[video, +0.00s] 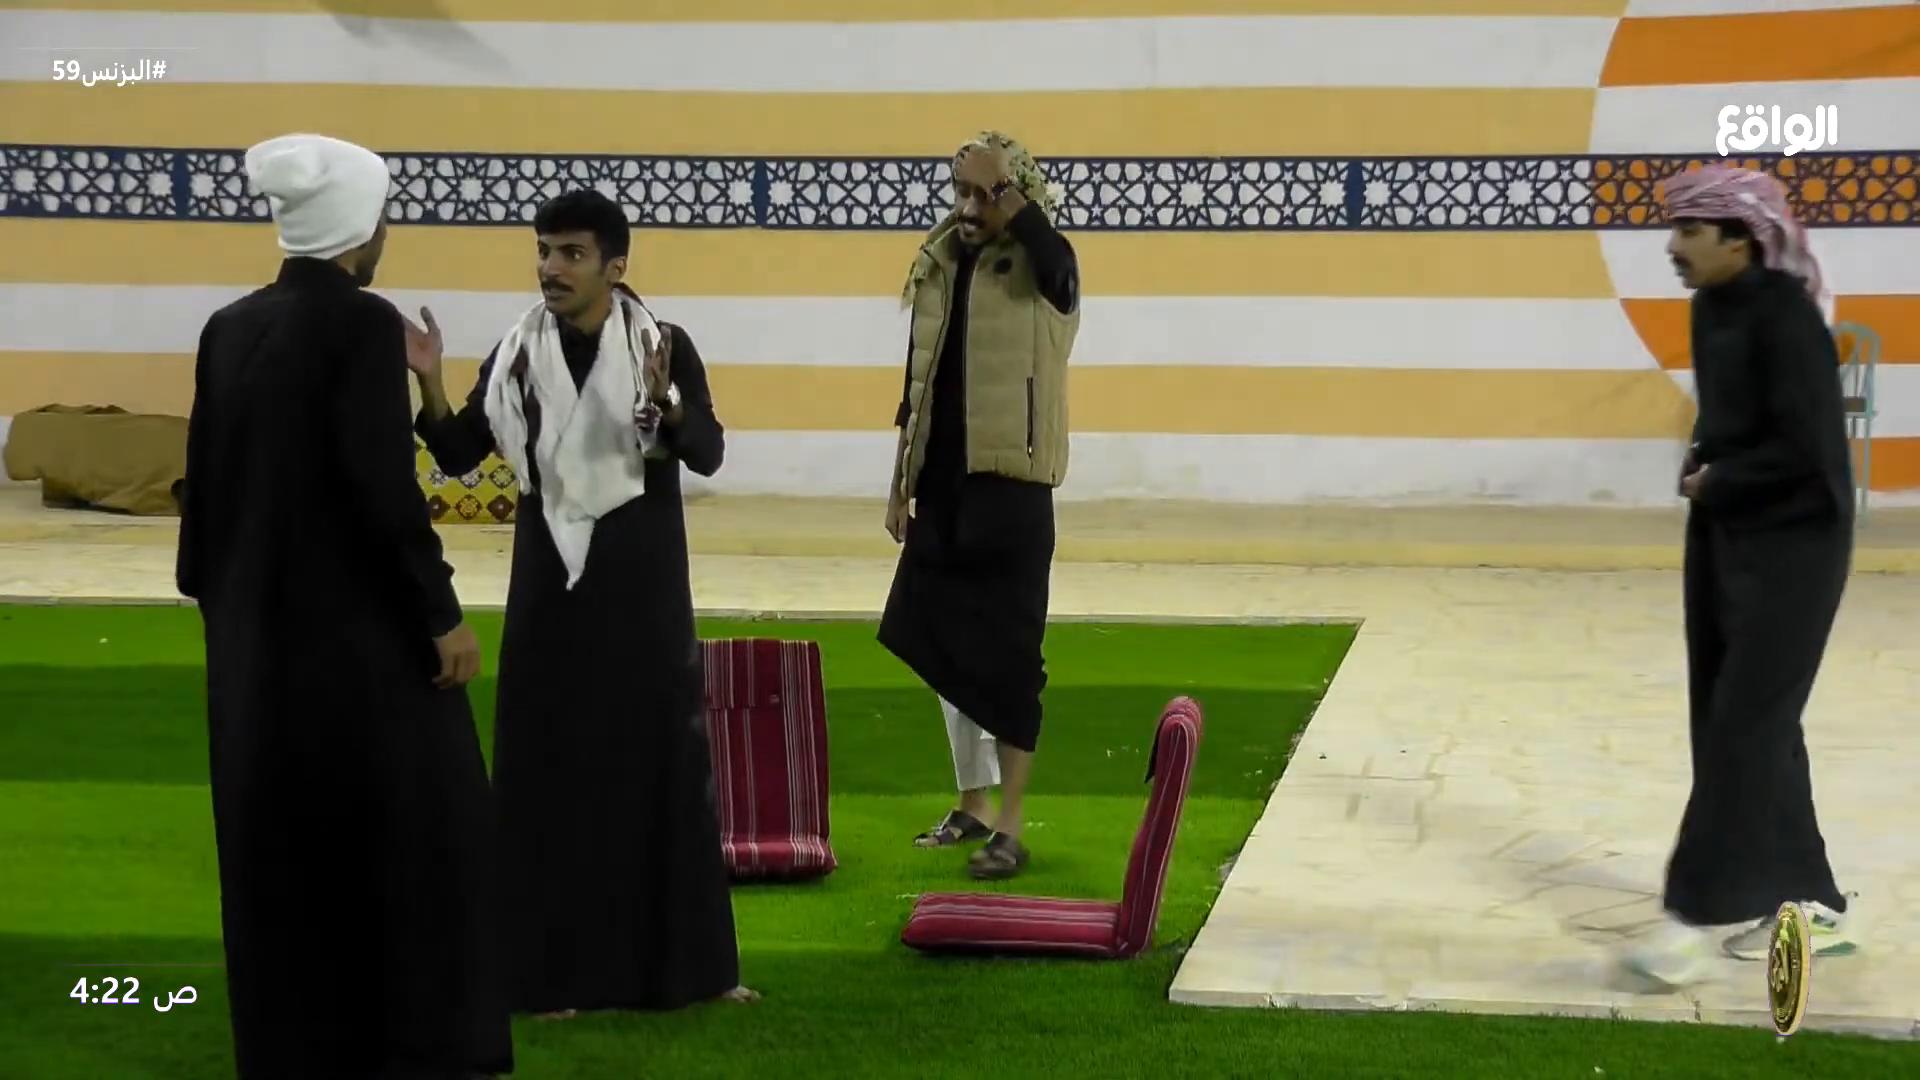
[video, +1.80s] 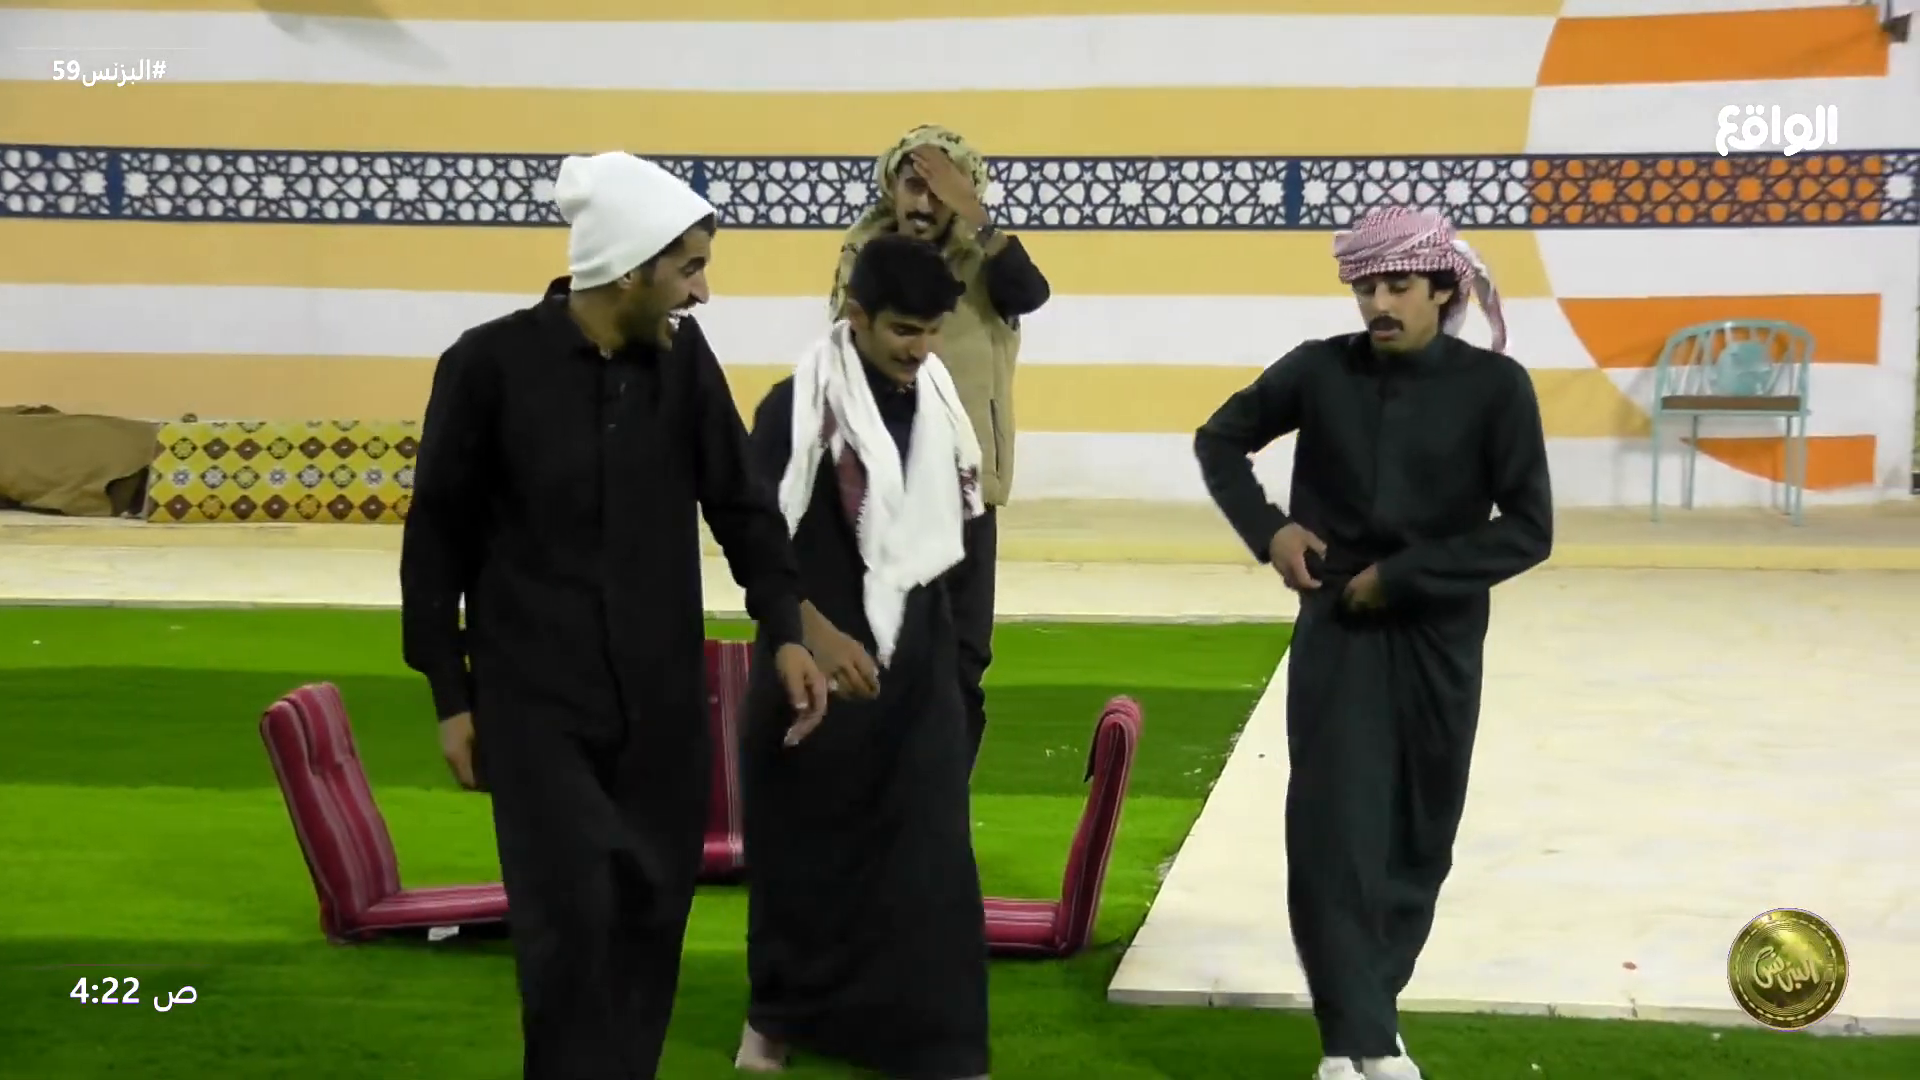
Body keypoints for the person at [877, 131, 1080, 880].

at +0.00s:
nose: (972, 206)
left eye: (986, 193)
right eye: (963, 191)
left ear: (1019, 194)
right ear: (953, 188)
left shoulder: (1047, 261)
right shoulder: (938, 266)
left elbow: (1060, 283)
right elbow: (916, 384)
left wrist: (1019, 210)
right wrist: (901, 483)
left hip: (1014, 484)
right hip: (943, 482)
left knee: (1013, 650)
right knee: (949, 647)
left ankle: (1009, 826)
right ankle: (975, 809)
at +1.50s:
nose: (957, 195)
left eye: (973, 184)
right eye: (945, 181)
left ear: (1000, 195)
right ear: (924, 189)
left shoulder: (1029, 264)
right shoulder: (891, 263)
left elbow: (1086, 332)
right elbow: (845, 354)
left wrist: (1007, 270)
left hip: (994, 497)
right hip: (900, 491)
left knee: (991, 662)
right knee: (900, 658)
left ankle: (979, 829)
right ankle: (913, 825)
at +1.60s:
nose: (944, 195)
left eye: (962, 183)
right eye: (934, 179)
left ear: (992, 197)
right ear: (914, 189)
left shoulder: (1016, 266)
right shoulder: (884, 263)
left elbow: (1067, 322)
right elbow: (839, 349)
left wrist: (994, 248)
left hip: (984, 497)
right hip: (889, 489)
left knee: (980, 663)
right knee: (885, 652)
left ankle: (969, 828)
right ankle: (886, 820)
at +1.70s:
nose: (930, 202)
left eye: (946, 189)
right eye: (917, 187)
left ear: (976, 195)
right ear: (898, 192)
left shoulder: (1000, 261)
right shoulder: (880, 257)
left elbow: (1038, 298)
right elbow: (858, 291)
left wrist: (982, 215)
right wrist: (903, 221)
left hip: (976, 495)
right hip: (887, 492)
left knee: (969, 663)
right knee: (891, 653)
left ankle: (955, 814)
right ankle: (882, 816)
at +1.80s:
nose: (925, 203)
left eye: (940, 190)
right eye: (911, 186)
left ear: (968, 198)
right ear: (888, 191)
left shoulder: (990, 257)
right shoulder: (868, 250)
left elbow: (1028, 296)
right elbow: (849, 339)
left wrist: (973, 210)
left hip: (967, 485)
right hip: (878, 478)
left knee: (963, 651)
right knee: (884, 641)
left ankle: (945, 800)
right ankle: (876, 800)